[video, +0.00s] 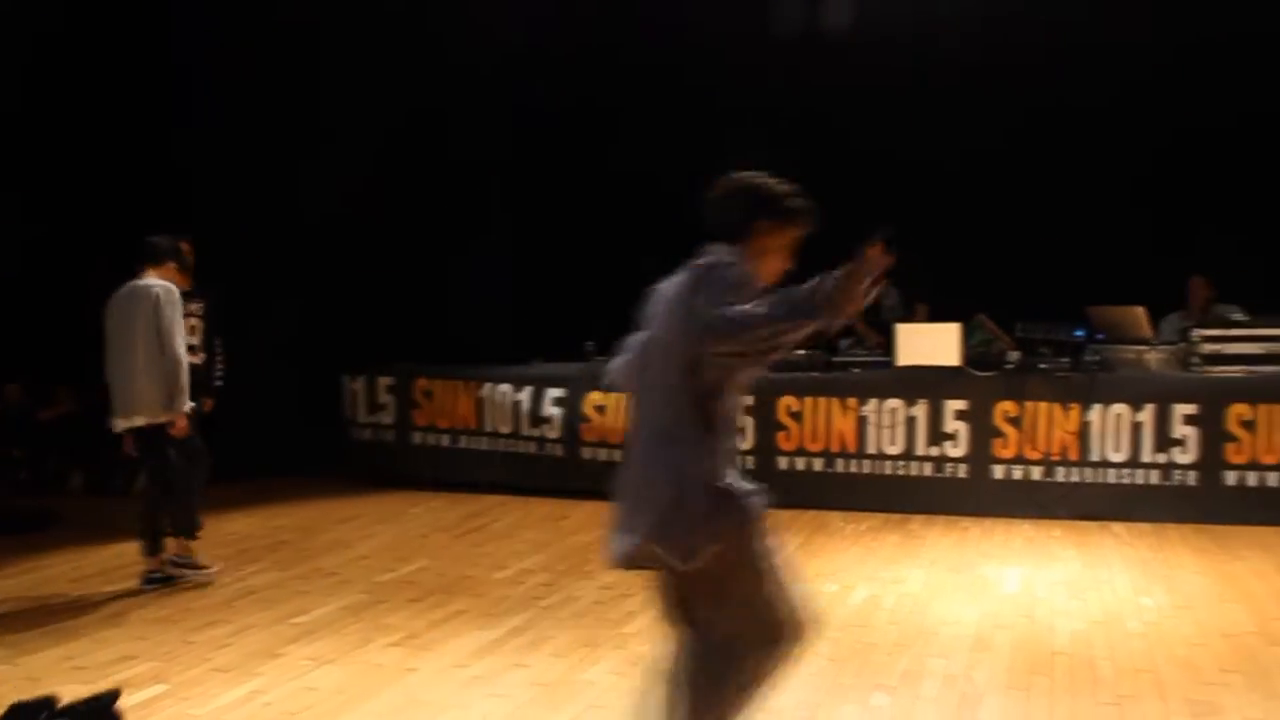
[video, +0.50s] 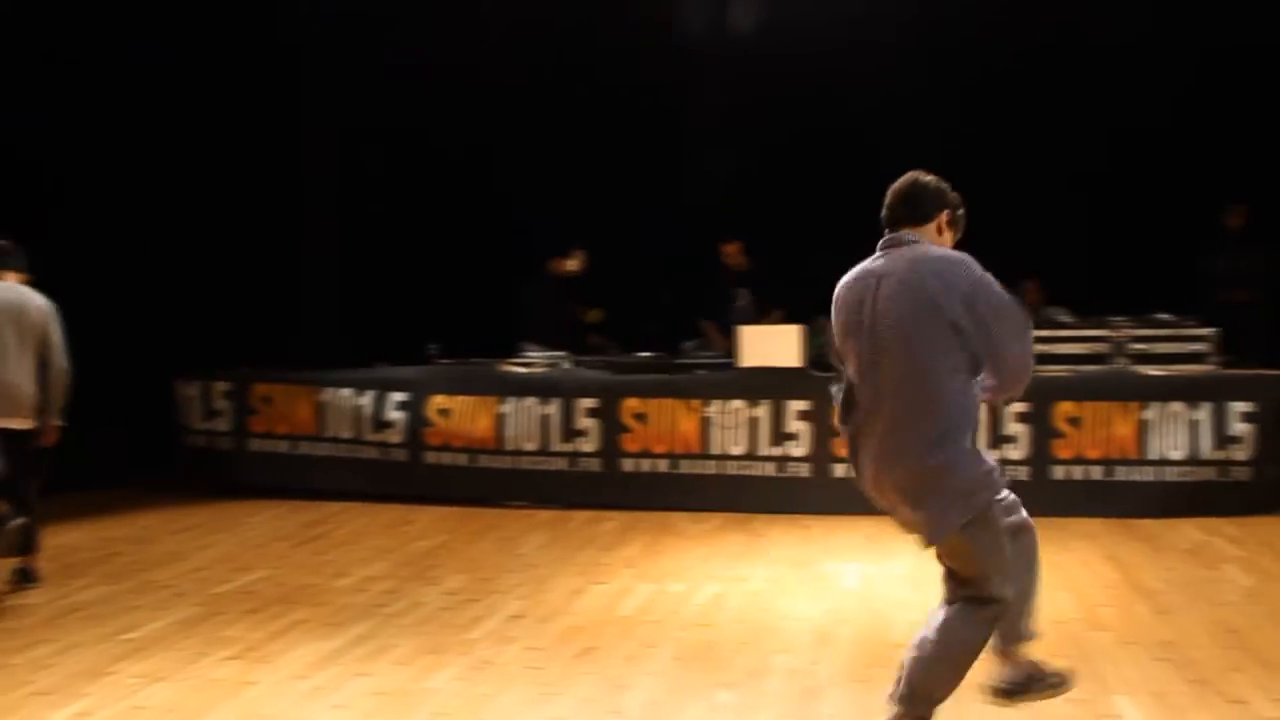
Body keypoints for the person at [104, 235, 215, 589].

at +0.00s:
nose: (179, 279)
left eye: (179, 273)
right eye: (179, 272)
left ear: (145, 265)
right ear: (169, 266)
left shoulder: (118, 299)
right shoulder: (165, 292)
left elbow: (116, 364)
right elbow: (176, 352)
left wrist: (124, 421)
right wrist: (181, 407)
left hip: (135, 412)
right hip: (164, 410)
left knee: (151, 482)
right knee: (184, 473)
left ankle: (153, 560)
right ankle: (182, 550)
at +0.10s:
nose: (156, 269)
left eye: (154, 264)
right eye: (155, 264)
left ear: (120, 261)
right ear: (148, 261)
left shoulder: (95, 294)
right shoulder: (151, 292)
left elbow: (87, 353)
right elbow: (164, 351)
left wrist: (102, 396)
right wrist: (164, 402)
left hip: (101, 417)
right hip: (141, 414)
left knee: (113, 490)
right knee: (160, 481)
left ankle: (121, 562)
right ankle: (188, 546)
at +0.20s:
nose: (120, 269)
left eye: (117, 264)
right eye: (121, 264)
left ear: (85, 263)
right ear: (118, 263)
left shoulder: (62, 297)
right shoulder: (125, 297)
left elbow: (50, 356)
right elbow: (143, 359)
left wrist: (68, 389)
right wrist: (143, 408)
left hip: (67, 421)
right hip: (114, 418)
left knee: (74, 493)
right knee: (127, 481)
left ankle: (81, 565)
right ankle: (144, 539)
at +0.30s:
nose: (93, 273)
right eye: (94, 268)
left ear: (56, 264)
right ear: (93, 267)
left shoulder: (33, 296)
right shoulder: (101, 302)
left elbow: (16, 354)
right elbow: (118, 364)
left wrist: (32, 388)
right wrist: (116, 414)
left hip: (32, 421)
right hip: (80, 422)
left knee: (46, 492)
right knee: (87, 486)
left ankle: (52, 565)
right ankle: (97, 551)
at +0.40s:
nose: (67, 281)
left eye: (65, 276)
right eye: (66, 276)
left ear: (29, 271)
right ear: (62, 275)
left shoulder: (8, 298)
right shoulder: (72, 309)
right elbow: (92, 370)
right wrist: (87, 420)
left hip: (9, 414)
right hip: (52, 415)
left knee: (19, 479)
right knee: (60, 481)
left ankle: (32, 530)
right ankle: (62, 553)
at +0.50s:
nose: (12, 277)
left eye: (9, 270)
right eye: (16, 270)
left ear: (3, 269)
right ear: (24, 270)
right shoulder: (39, 305)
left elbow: (56, 366)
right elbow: (58, 366)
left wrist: (51, 415)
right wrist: (54, 415)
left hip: (4, 417)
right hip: (22, 417)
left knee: (8, 485)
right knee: (25, 488)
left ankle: (12, 522)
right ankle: (26, 562)